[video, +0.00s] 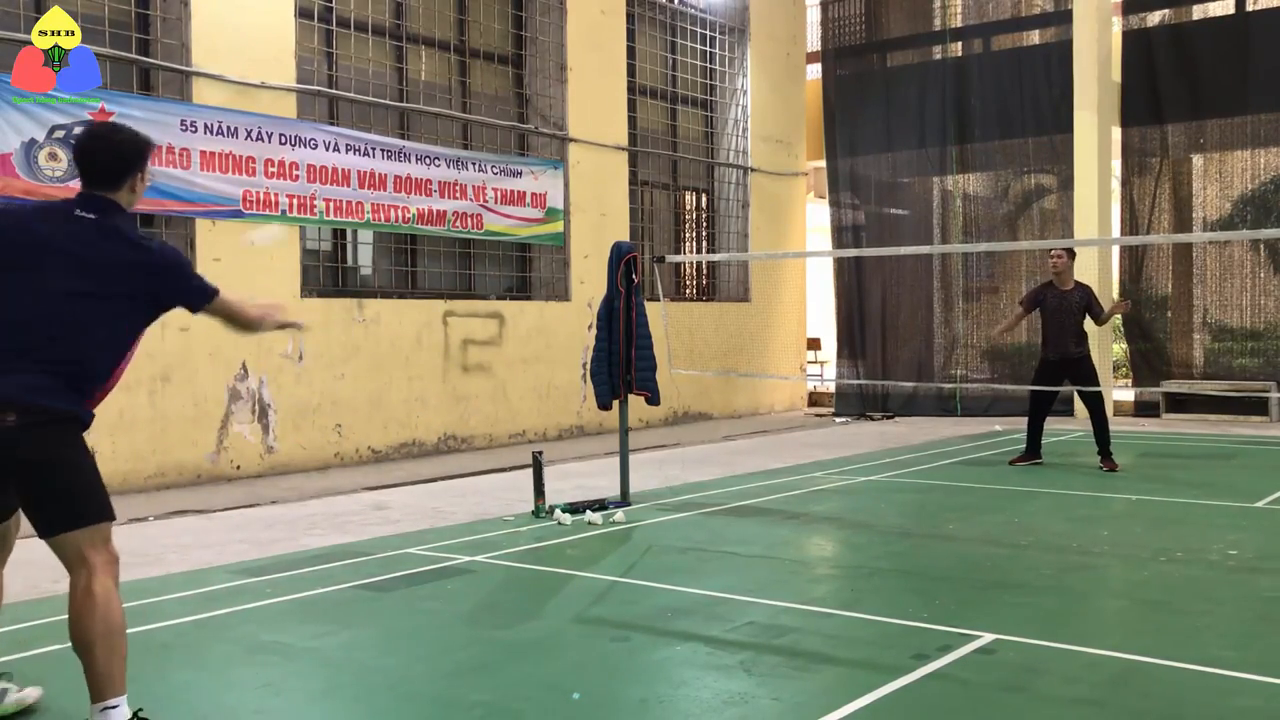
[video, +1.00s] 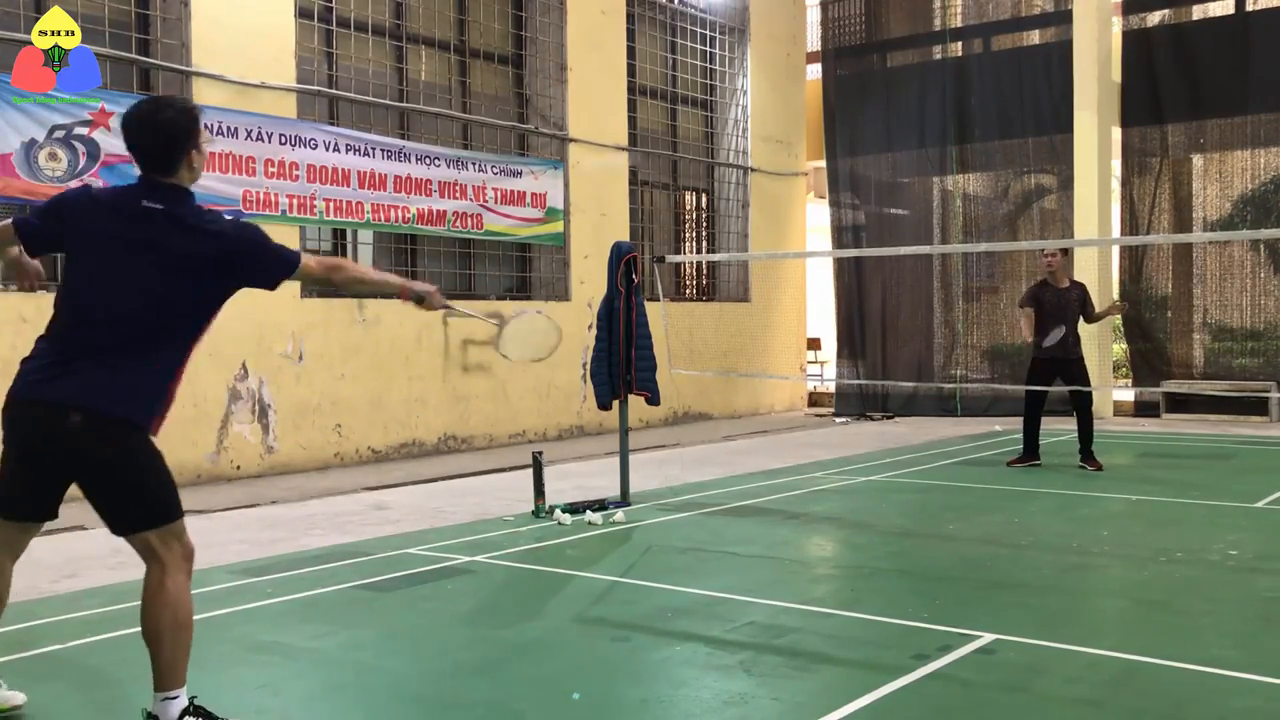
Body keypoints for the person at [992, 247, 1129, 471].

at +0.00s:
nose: (1053, 261)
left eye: (1059, 257)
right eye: (1051, 257)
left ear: (1071, 261)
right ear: (1048, 262)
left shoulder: (1083, 291)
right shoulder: (1042, 291)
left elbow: (1099, 321)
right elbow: (1017, 316)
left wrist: (1112, 311)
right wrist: (998, 330)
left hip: (1079, 360)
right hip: (1050, 360)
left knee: (1096, 406)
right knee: (1037, 406)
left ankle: (1106, 456)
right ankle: (1032, 452)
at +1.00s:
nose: (1048, 260)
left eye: (1053, 255)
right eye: (1045, 256)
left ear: (1064, 258)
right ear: (1041, 261)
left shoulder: (1078, 289)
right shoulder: (1037, 289)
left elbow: (1089, 318)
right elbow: (1025, 313)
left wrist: (1107, 311)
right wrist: (1027, 334)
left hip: (1072, 358)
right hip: (1043, 357)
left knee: (1084, 404)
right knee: (1032, 404)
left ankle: (1087, 455)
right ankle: (1030, 453)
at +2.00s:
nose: (1032, 257)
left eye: (1038, 253)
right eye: (1029, 253)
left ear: (1048, 256)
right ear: (1025, 257)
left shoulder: (1062, 287)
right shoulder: (1018, 288)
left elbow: (1069, 321)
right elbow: (996, 314)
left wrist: (1079, 350)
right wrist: (1011, 313)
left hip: (1056, 357)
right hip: (1028, 357)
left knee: (1057, 409)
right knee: (1025, 409)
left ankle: (1052, 456)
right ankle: (1028, 456)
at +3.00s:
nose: (1034, 257)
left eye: (1039, 253)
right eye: (1031, 253)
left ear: (1051, 256)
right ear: (1029, 257)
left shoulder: (1064, 287)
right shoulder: (1023, 287)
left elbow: (1074, 321)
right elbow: (1003, 306)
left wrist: (1087, 350)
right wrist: (1022, 284)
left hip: (1056, 357)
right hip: (1028, 356)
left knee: (1056, 409)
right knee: (1018, 405)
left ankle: (1052, 456)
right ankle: (1016, 455)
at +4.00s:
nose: (1041, 257)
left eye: (1046, 253)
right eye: (1038, 253)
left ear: (1056, 256)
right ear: (1034, 257)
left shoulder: (1070, 288)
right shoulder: (1029, 286)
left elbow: (1081, 321)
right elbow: (1007, 305)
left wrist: (1096, 348)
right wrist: (1028, 282)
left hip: (1061, 357)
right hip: (1032, 355)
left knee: (1063, 408)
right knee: (1027, 406)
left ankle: (1059, 455)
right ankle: (1027, 456)